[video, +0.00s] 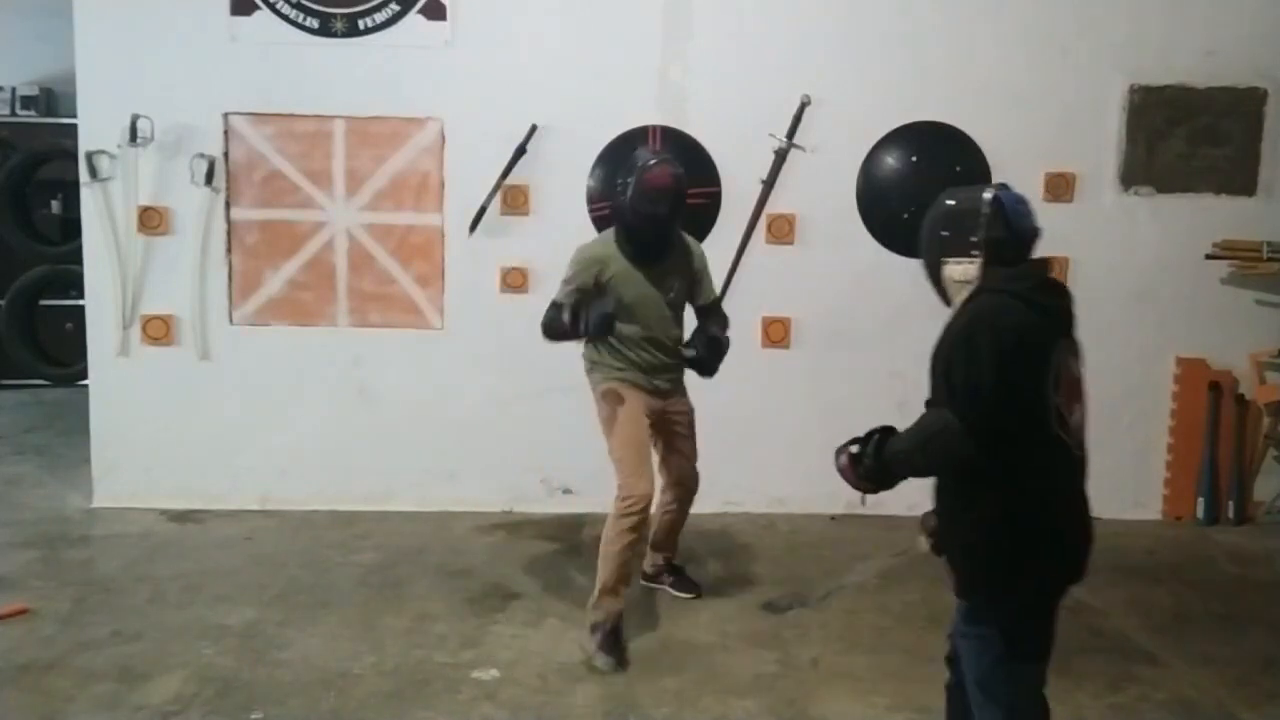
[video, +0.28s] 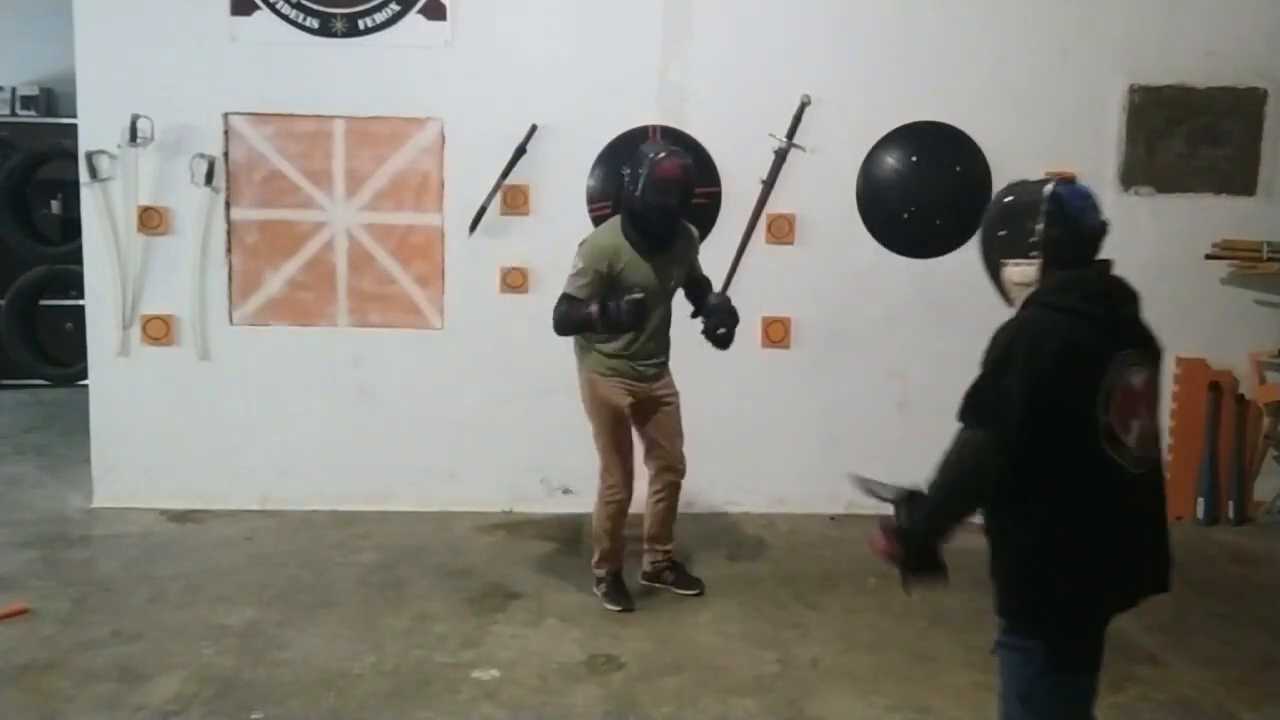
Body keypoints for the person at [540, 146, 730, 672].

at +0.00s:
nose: (658, 218)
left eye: (666, 208)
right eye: (649, 207)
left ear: (676, 210)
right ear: (627, 207)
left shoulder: (688, 253)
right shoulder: (595, 256)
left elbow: (712, 313)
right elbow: (552, 323)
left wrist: (710, 342)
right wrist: (585, 319)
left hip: (670, 382)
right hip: (618, 380)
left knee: (682, 482)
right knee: (636, 495)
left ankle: (659, 564)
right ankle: (605, 619)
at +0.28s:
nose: (671, 211)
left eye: (678, 201)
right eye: (662, 198)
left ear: (684, 202)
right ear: (639, 197)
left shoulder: (684, 239)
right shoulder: (602, 247)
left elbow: (695, 284)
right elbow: (562, 316)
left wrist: (714, 308)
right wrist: (607, 313)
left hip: (655, 374)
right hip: (605, 376)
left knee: (669, 468)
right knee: (618, 479)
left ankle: (657, 564)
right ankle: (607, 572)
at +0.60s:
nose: (658, 189)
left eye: (666, 181)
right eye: (650, 179)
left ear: (675, 187)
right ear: (627, 183)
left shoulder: (677, 234)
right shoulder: (592, 237)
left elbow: (680, 294)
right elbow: (565, 309)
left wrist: (695, 316)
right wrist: (602, 315)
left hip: (649, 367)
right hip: (599, 366)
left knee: (664, 462)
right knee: (610, 470)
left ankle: (649, 548)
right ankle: (606, 569)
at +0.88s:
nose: (665, 188)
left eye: (672, 180)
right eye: (657, 177)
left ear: (678, 188)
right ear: (633, 181)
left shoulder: (680, 233)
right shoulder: (598, 235)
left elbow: (683, 291)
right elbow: (566, 304)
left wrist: (697, 314)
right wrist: (597, 314)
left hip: (653, 367)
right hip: (605, 363)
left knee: (666, 462)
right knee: (612, 470)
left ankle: (649, 548)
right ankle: (607, 569)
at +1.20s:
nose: (687, 189)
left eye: (693, 181)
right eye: (678, 178)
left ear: (699, 189)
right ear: (654, 182)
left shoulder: (693, 235)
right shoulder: (618, 235)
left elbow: (689, 293)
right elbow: (585, 306)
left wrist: (707, 316)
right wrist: (627, 313)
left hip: (669, 367)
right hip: (619, 366)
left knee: (696, 459)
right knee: (617, 472)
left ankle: (690, 555)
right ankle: (607, 570)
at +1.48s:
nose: (732, 193)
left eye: (739, 185)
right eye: (723, 182)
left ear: (744, 189)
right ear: (698, 182)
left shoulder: (735, 238)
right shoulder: (663, 237)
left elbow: (733, 296)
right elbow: (630, 309)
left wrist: (750, 318)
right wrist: (674, 313)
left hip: (710, 373)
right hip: (659, 371)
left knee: (740, 466)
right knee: (643, 476)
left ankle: (744, 567)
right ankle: (610, 570)